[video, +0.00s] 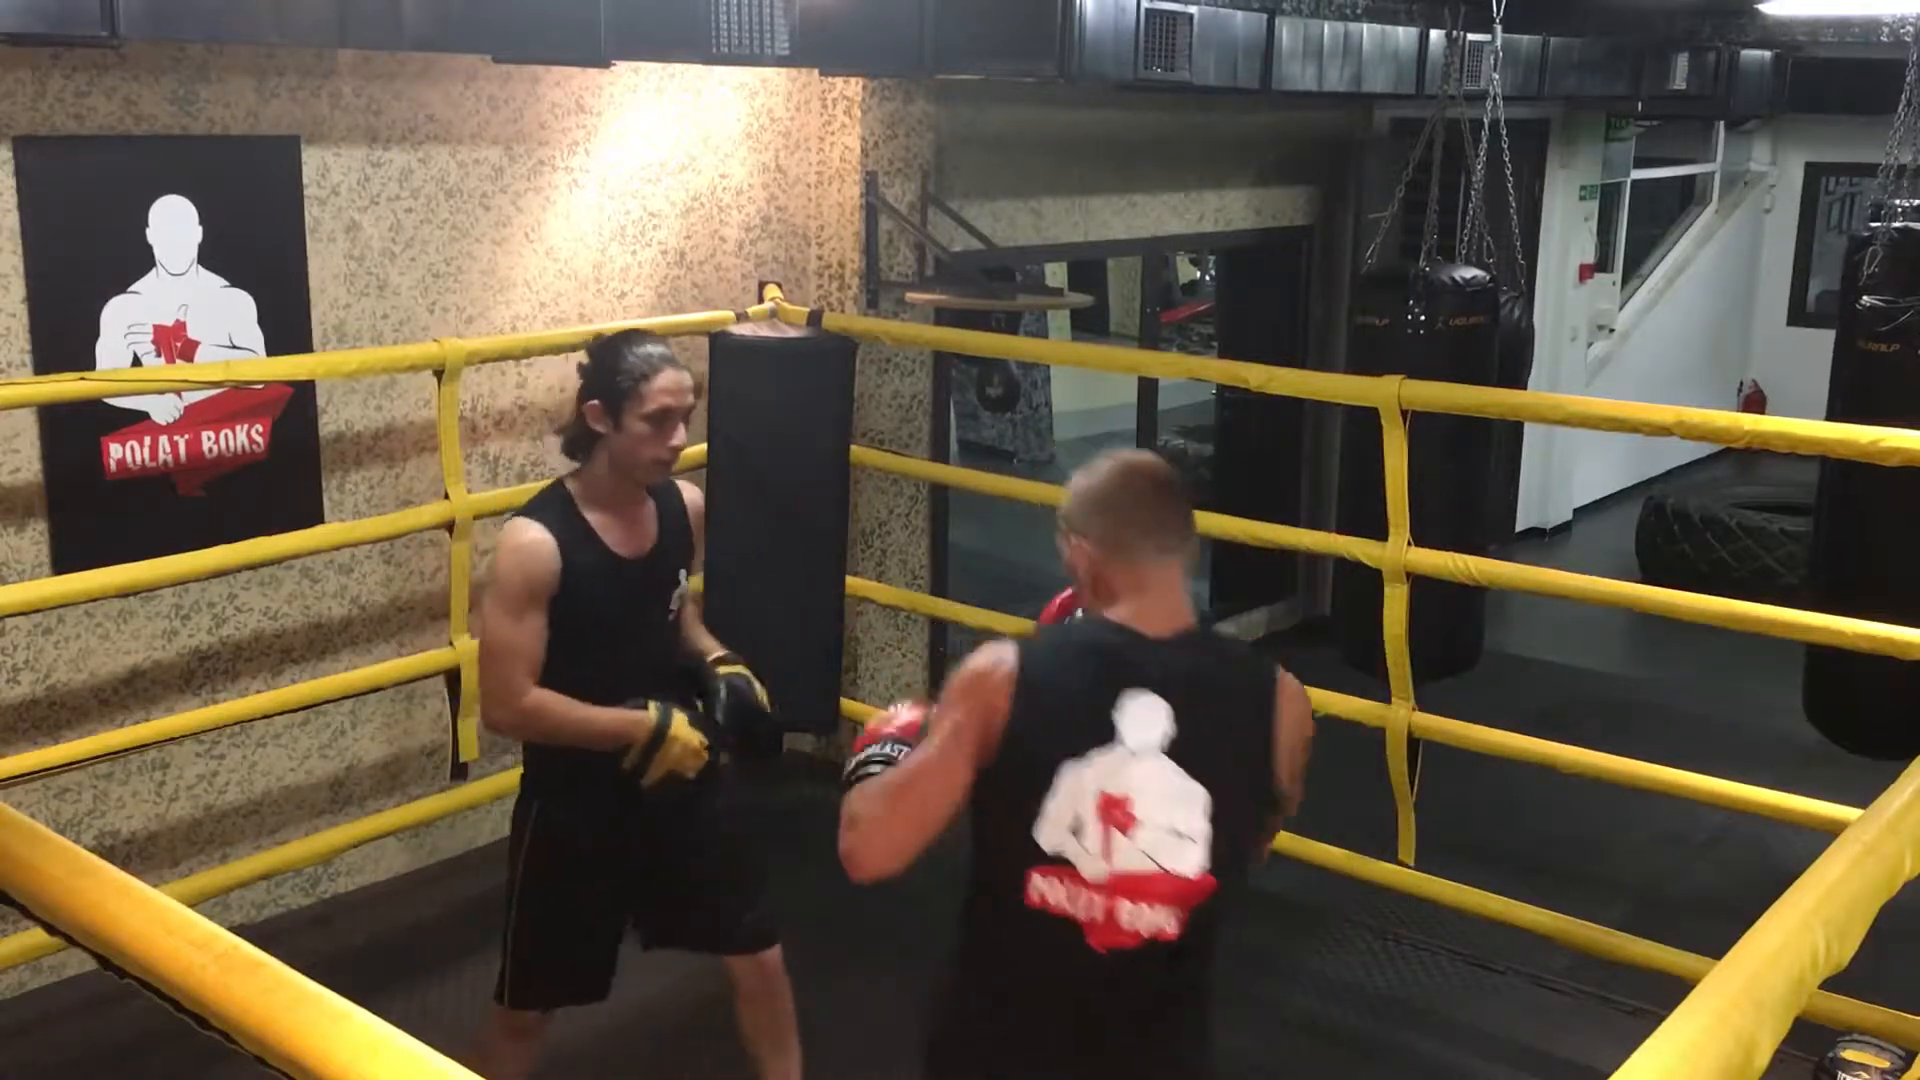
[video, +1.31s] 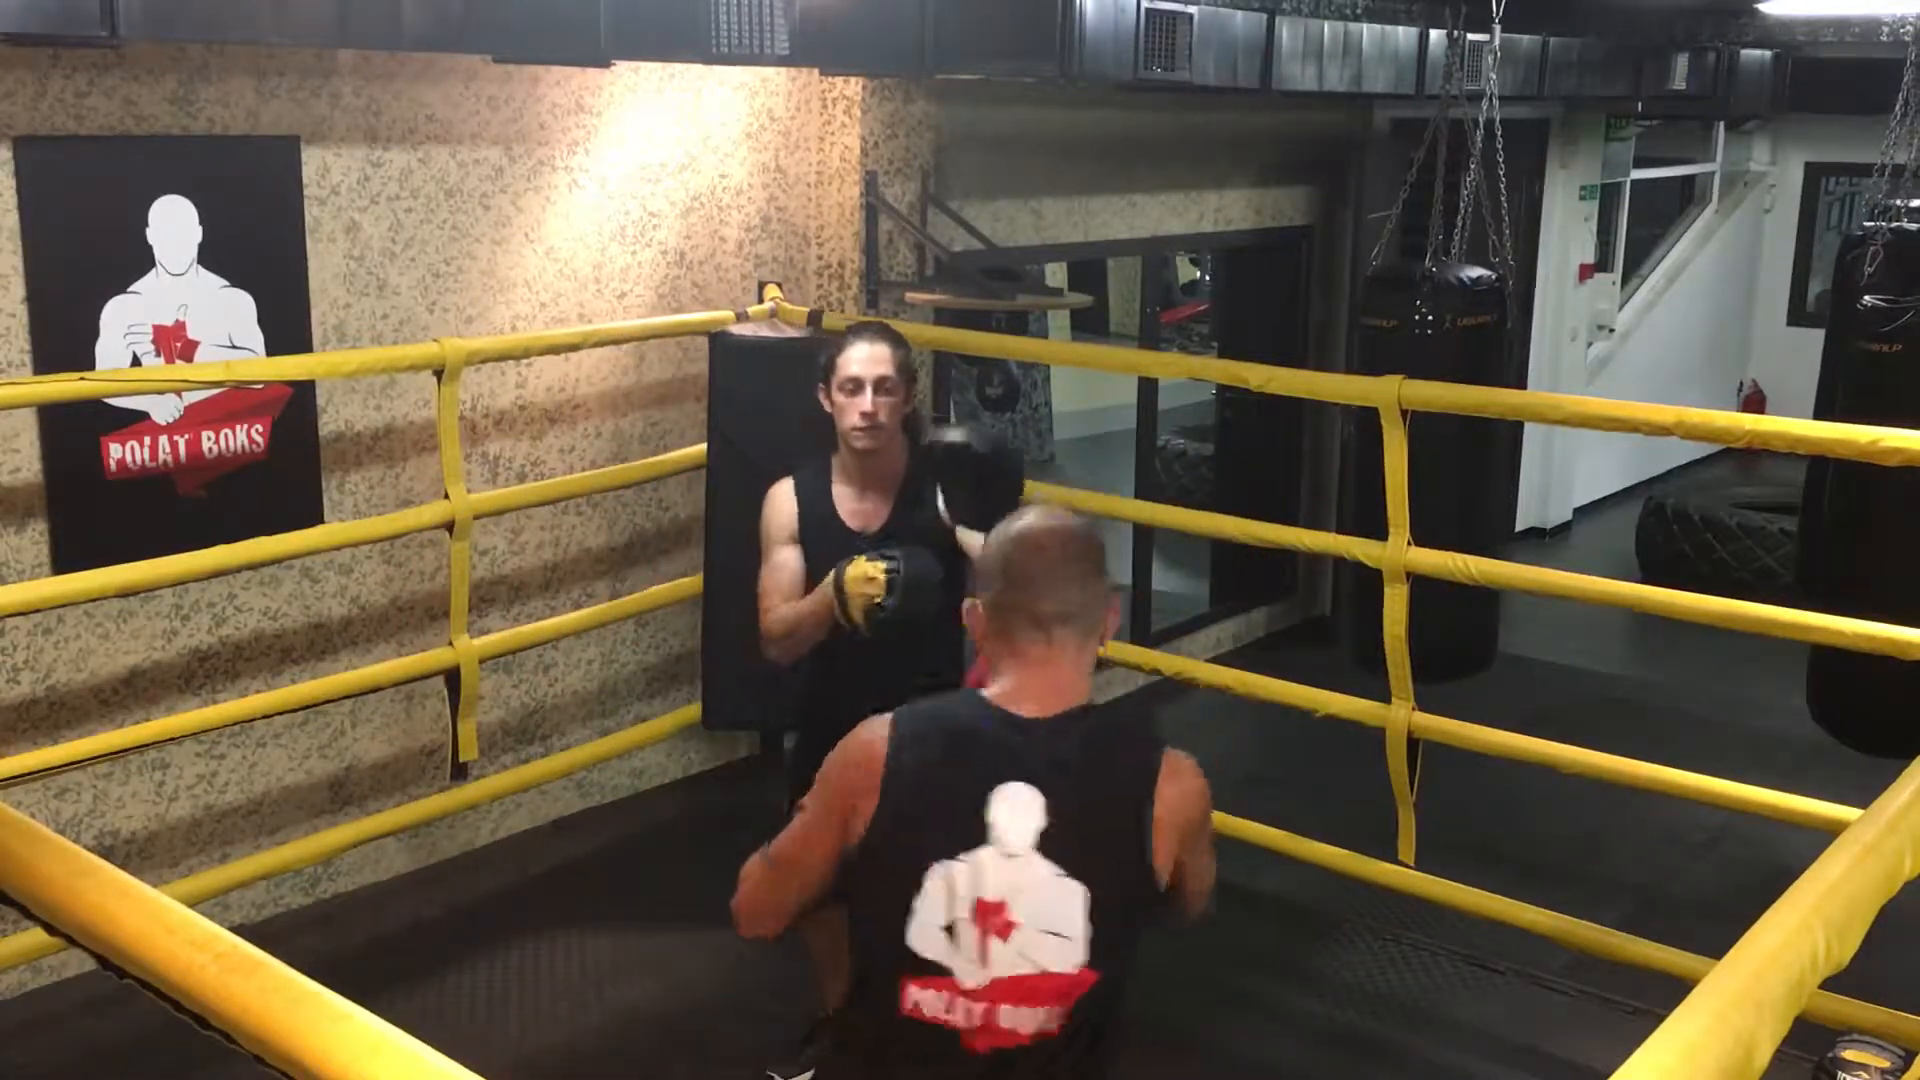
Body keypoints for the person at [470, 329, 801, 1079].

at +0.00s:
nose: (678, 439)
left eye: (683, 419)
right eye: (659, 422)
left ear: (689, 417)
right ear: (599, 419)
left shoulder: (681, 507)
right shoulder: (533, 545)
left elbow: (682, 617)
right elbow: (505, 704)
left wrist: (721, 665)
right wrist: (647, 725)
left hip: (683, 780)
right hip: (573, 800)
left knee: (761, 958)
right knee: (524, 1011)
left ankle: (786, 1074)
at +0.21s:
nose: (768, 450)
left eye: (775, 431)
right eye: (750, 430)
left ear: (780, 435)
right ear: (693, 429)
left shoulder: (760, 533)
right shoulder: (611, 539)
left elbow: (755, 634)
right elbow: (565, 686)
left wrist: (790, 684)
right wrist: (693, 730)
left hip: (726, 784)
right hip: (617, 793)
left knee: (802, 953)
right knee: (543, 1003)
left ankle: (828, 1071)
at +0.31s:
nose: (829, 444)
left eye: (837, 427)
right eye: (811, 425)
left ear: (841, 432)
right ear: (755, 422)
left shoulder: (818, 532)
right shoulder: (663, 519)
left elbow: (807, 631)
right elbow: (603, 652)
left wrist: (824, 678)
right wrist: (712, 716)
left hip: (767, 770)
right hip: (656, 770)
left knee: (815, 944)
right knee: (578, 962)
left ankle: (831, 1072)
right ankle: (539, 1073)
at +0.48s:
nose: (871, 427)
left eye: (882, 411)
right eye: (857, 406)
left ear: (887, 419)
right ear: (808, 399)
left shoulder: (872, 517)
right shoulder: (710, 485)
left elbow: (881, 636)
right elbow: (658, 609)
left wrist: (850, 682)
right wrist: (756, 679)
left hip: (811, 745)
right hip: (707, 739)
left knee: (831, 927)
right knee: (671, 918)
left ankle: (834, 1069)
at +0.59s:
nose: (863, 412)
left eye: (878, 398)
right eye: (849, 392)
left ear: (887, 408)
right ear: (807, 392)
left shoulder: (887, 506)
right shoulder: (719, 478)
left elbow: (906, 617)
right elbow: (669, 599)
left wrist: (871, 654)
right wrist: (756, 655)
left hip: (830, 730)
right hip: (730, 726)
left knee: (840, 922)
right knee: (735, 898)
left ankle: (836, 1071)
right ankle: (805, 1012)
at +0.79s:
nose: (824, 405)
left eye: (839, 389)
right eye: (809, 386)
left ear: (854, 400)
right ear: (775, 390)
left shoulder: (872, 484)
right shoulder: (722, 493)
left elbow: (912, 561)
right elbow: (709, 623)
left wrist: (941, 558)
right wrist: (777, 627)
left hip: (871, 716)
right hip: (780, 720)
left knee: (878, 882)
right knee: (812, 876)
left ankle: (882, 1042)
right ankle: (842, 1016)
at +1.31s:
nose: (868, 404)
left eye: (884, 387)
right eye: (851, 388)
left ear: (908, 399)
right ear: (828, 401)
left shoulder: (941, 484)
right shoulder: (791, 498)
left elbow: (1001, 570)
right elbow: (777, 642)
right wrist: (835, 597)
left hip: (934, 728)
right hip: (831, 730)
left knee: (932, 889)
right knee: (822, 893)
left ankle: (929, 1041)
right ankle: (837, 1029)